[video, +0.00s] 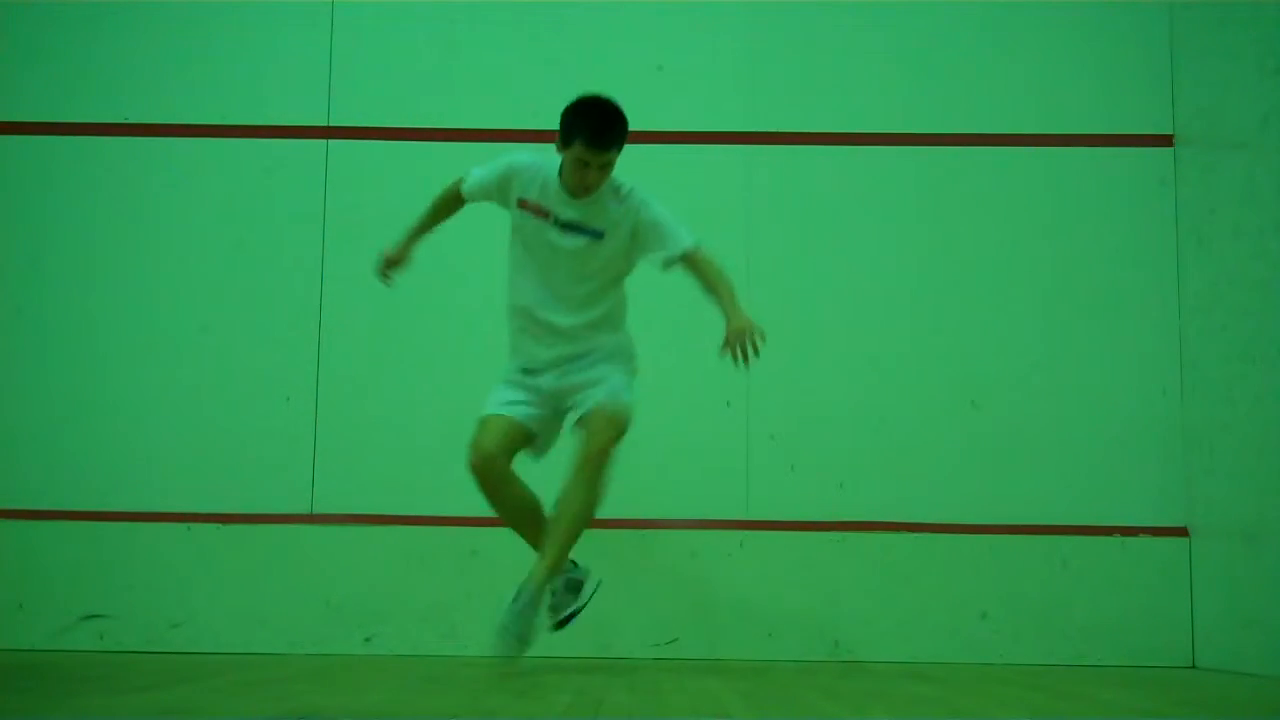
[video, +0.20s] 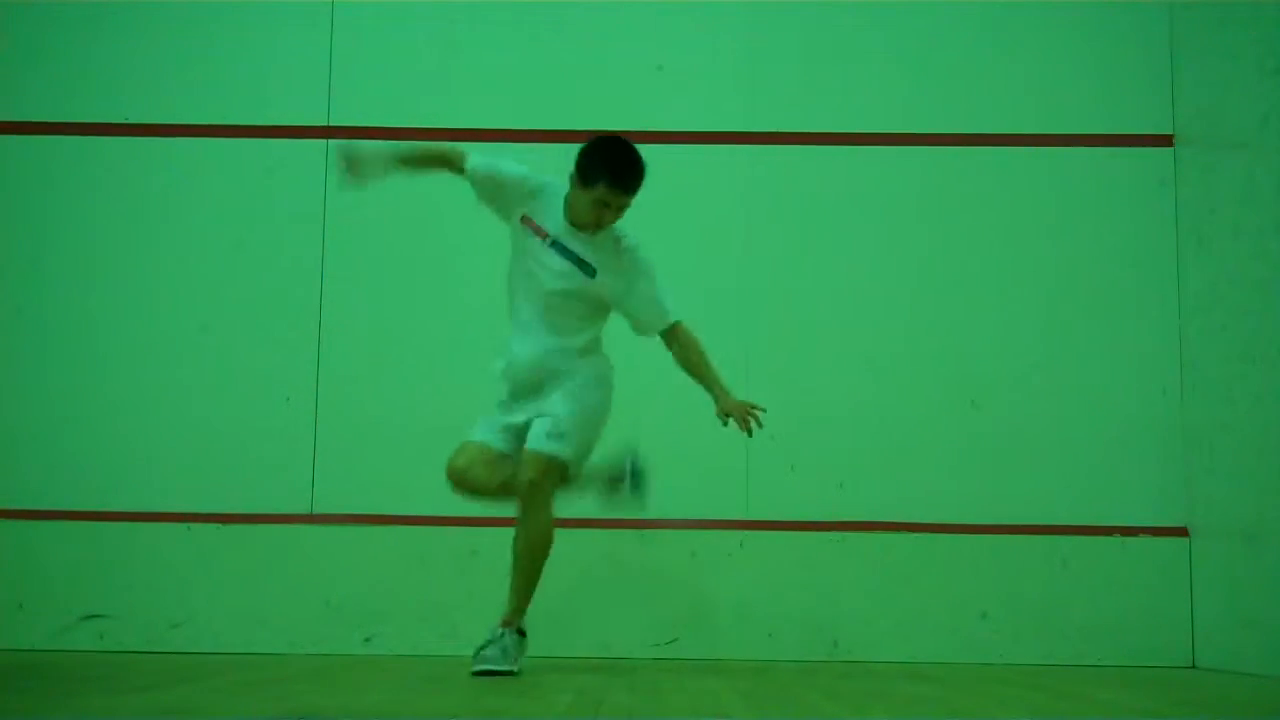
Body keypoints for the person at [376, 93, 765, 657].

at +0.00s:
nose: (590, 176)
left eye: (602, 166)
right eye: (581, 163)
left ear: (617, 159)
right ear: (561, 148)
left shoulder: (632, 209)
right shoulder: (520, 176)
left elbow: (694, 257)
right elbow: (459, 193)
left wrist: (735, 314)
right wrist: (406, 243)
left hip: (600, 364)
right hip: (531, 366)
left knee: (601, 441)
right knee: (485, 460)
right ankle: (565, 573)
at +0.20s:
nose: (608, 218)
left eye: (619, 210)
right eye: (602, 204)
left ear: (628, 205)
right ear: (576, 184)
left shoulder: (622, 262)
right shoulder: (528, 196)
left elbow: (672, 331)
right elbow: (452, 158)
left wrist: (722, 394)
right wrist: (378, 158)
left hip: (576, 383)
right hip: (519, 379)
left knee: (535, 480)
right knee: (468, 472)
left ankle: (510, 631)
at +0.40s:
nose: (659, 219)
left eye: (665, 212)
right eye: (657, 207)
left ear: (660, 200)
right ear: (631, 183)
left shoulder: (647, 247)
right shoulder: (559, 183)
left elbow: (702, 308)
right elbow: (468, 176)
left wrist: (770, 348)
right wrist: (380, 177)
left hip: (594, 364)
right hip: (530, 360)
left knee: (609, 463)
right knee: (493, 463)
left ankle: (642, 584)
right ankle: (588, 528)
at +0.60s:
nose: (653, 298)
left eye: (662, 292)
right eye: (651, 287)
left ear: (671, 285)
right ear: (630, 259)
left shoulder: (665, 313)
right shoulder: (555, 278)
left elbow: (731, 330)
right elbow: (498, 323)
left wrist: (788, 328)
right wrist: (470, 393)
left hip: (619, 450)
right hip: (547, 448)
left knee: (681, 542)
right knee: (529, 542)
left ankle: (697, 637)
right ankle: (518, 634)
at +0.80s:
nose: (594, 249)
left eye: (601, 241)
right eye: (587, 240)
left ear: (611, 229)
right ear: (563, 219)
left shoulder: (626, 249)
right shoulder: (516, 243)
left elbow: (690, 263)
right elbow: (438, 296)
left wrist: (764, 285)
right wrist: (456, 372)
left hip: (602, 397)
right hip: (534, 399)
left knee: (611, 487)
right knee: (508, 513)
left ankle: (656, 597)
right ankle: (514, 629)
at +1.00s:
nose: (592, 227)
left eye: (604, 220)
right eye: (588, 214)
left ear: (615, 214)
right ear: (564, 189)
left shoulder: (611, 253)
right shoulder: (507, 206)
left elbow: (686, 288)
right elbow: (417, 203)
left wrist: (763, 327)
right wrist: (386, 277)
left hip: (566, 378)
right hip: (505, 379)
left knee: (527, 486)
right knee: (494, 496)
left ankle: (528, 629)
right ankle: (599, 577)